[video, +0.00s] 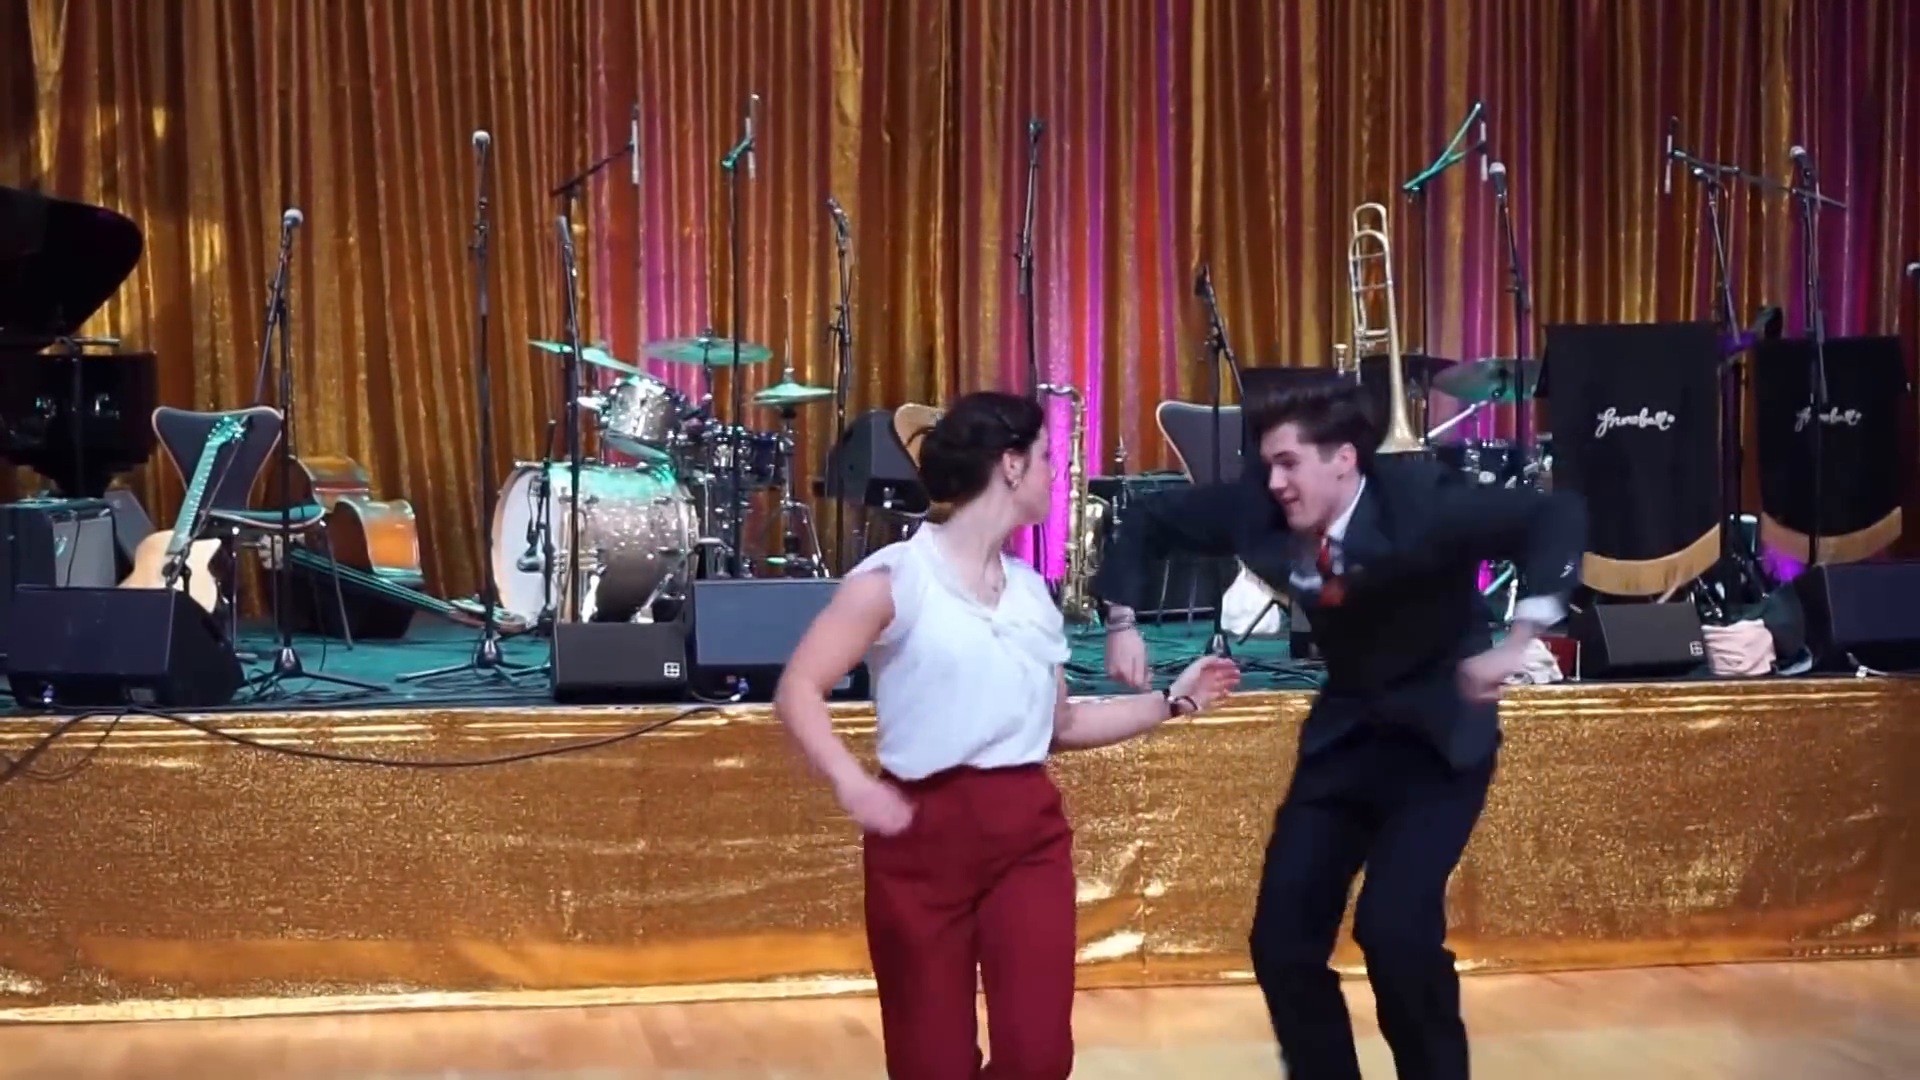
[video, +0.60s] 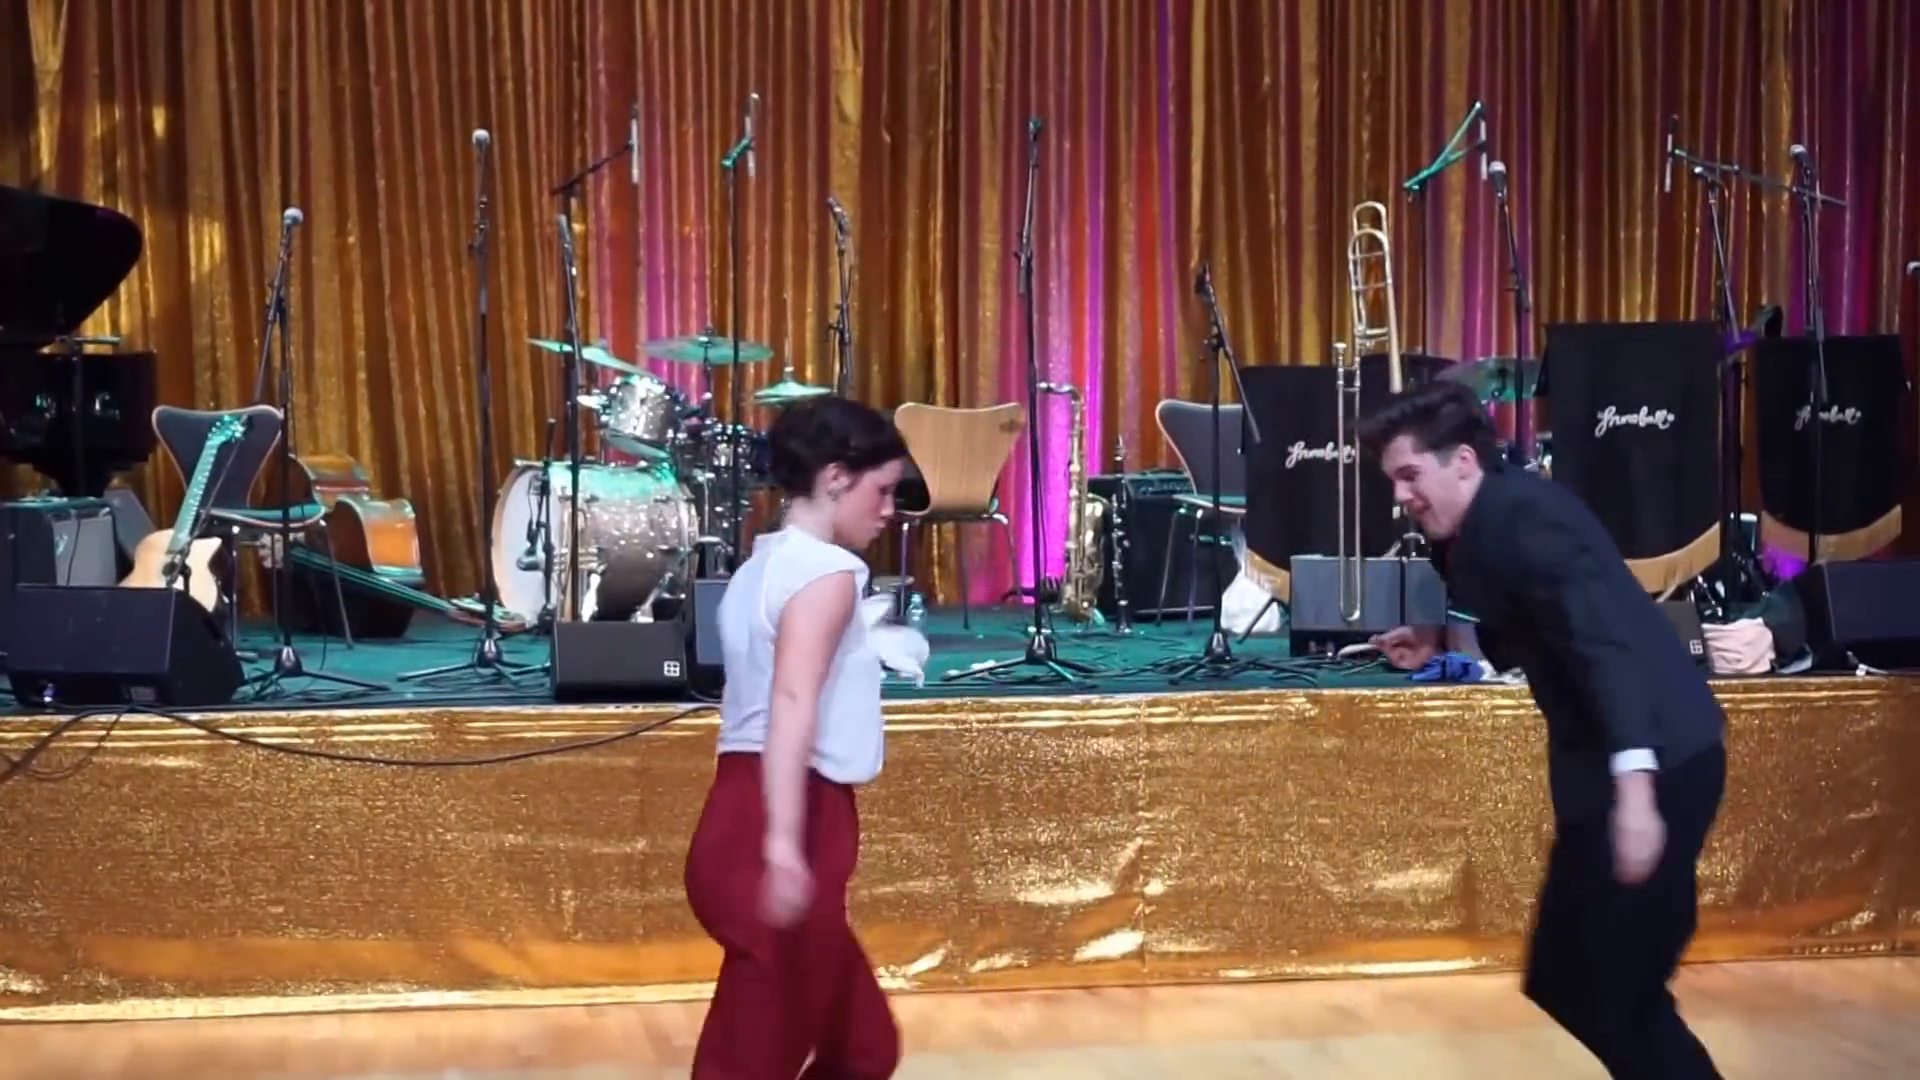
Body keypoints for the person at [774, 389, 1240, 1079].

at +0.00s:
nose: (1053, 475)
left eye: (1050, 458)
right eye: (1045, 457)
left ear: (1001, 469)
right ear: (1008, 466)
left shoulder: (1032, 592)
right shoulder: (893, 578)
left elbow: (1060, 724)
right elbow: (797, 692)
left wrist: (1174, 702)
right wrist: (856, 786)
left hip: (1030, 839)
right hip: (921, 843)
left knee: (1038, 1060)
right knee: (934, 1066)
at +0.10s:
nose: (1050, 490)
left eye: (1048, 472)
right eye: (1045, 471)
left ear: (1003, 482)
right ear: (1011, 479)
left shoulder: (1018, 600)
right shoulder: (888, 584)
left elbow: (1046, 737)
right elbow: (874, 731)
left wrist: (1166, 709)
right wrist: (925, 746)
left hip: (998, 850)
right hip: (891, 855)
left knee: (1039, 1057)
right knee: (964, 1058)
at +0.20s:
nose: (1046, 497)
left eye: (1043, 479)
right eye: (1040, 477)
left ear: (997, 487)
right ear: (1006, 485)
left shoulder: (1005, 609)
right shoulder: (891, 592)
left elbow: (1015, 752)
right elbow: (930, 743)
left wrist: (1135, 726)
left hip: (956, 848)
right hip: (857, 844)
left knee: (1018, 1047)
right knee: (955, 1037)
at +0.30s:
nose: (1027, 497)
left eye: (1028, 479)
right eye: (1024, 477)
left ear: (980, 481)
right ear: (989, 480)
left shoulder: (979, 590)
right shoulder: (888, 575)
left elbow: (977, 716)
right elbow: (927, 731)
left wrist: (1068, 711)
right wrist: (1052, 717)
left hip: (912, 843)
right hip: (828, 841)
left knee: (983, 1055)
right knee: (896, 1062)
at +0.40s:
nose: (994, 482)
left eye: (999, 465)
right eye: (992, 462)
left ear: (946, 454)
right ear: (948, 451)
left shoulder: (914, 548)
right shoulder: (870, 541)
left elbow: (945, 671)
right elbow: (894, 704)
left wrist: (1044, 659)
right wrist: (1000, 748)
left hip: (849, 812)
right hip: (794, 811)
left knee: (942, 1024)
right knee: (880, 1030)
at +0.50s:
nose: (939, 485)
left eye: (942, 469)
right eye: (935, 467)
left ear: (887, 457)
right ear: (890, 458)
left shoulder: (845, 538)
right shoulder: (848, 545)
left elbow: (872, 683)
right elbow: (846, 705)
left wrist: (948, 633)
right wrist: (918, 829)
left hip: (807, 827)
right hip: (772, 826)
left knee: (926, 1006)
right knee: (806, 1051)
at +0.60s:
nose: (890, 509)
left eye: (895, 494)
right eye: (885, 491)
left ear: (829, 481)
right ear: (835, 481)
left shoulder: (758, 566)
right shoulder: (826, 570)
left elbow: (758, 708)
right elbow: (792, 703)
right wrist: (783, 848)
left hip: (747, 810)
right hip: (794, 818)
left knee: (865, 1045)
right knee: (754, 1054)